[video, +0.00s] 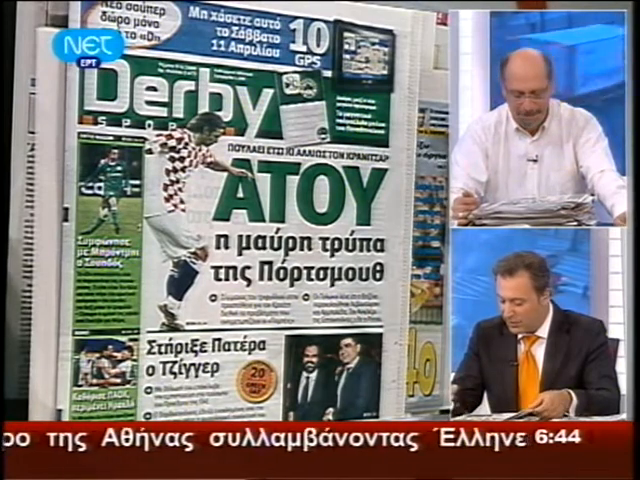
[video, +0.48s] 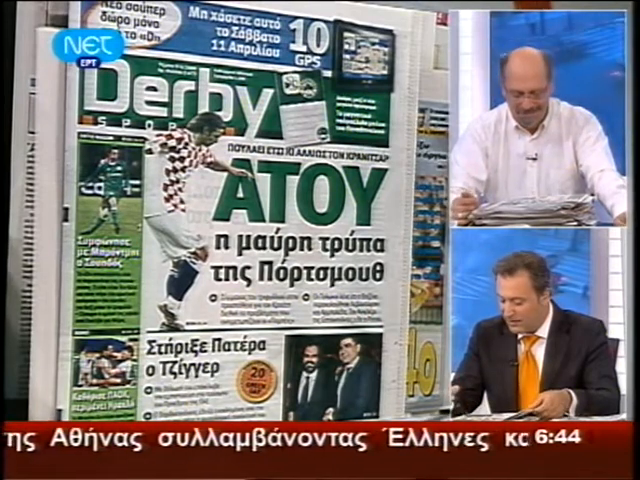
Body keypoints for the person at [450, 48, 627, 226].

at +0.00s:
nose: (527, 106)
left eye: (536, 95)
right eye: (517, 96)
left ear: (551, 87)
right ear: (504, 89)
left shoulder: (580, 124)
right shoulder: (482, 131)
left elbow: (603, 174)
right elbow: (462, 188)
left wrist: (624, 212)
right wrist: (462, 208)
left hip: (567, 244)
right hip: (499, 244)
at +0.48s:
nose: (526, 104)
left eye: (536, 94)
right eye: (517, 95)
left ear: (550, 87)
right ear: (504, 89)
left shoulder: (579, 123)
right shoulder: (482, 130)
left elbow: (603, 174)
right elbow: (463, 186)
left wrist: (624, 211)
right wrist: (462, 208)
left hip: (567, 245)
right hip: (500, 245)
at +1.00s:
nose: (528, 105)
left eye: (537, 94)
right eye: (518, 95)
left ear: (551, 87)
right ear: (504, 90)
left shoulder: (580, 124)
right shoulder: (482, 130)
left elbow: (603, 174)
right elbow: (462, 188)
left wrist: (624, 212)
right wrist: (462, 208)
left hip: (567, 245)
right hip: (499, 244)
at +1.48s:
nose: (550, 96)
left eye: (554, 84)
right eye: (537, 88)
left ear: (560, 81)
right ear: (512, 90)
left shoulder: (581, 123)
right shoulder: (484, 130)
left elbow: (604, 173)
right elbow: (463, 186)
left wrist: (624, 209)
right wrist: (463, 207)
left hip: (568, 245)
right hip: (500, 245)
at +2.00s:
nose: (547, 97)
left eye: (552, 85)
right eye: (534, 88)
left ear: (558, 81)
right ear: (510, 89)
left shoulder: (581, 123)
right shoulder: (484, 130)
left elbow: (604, 173)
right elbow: (464, 187)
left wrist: (624, 210)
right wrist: (463, 208)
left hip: (569, 244)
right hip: (501, 245)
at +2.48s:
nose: (534, 97)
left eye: (543, 86)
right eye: (524, 87)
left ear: (555, 81)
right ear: (507, 85)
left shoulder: (582, 122)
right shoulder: (484, 130)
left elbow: (605, 173)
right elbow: (463, 188)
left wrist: (625, 211)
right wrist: (462, 207)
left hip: (569, 244)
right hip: (501, 244)